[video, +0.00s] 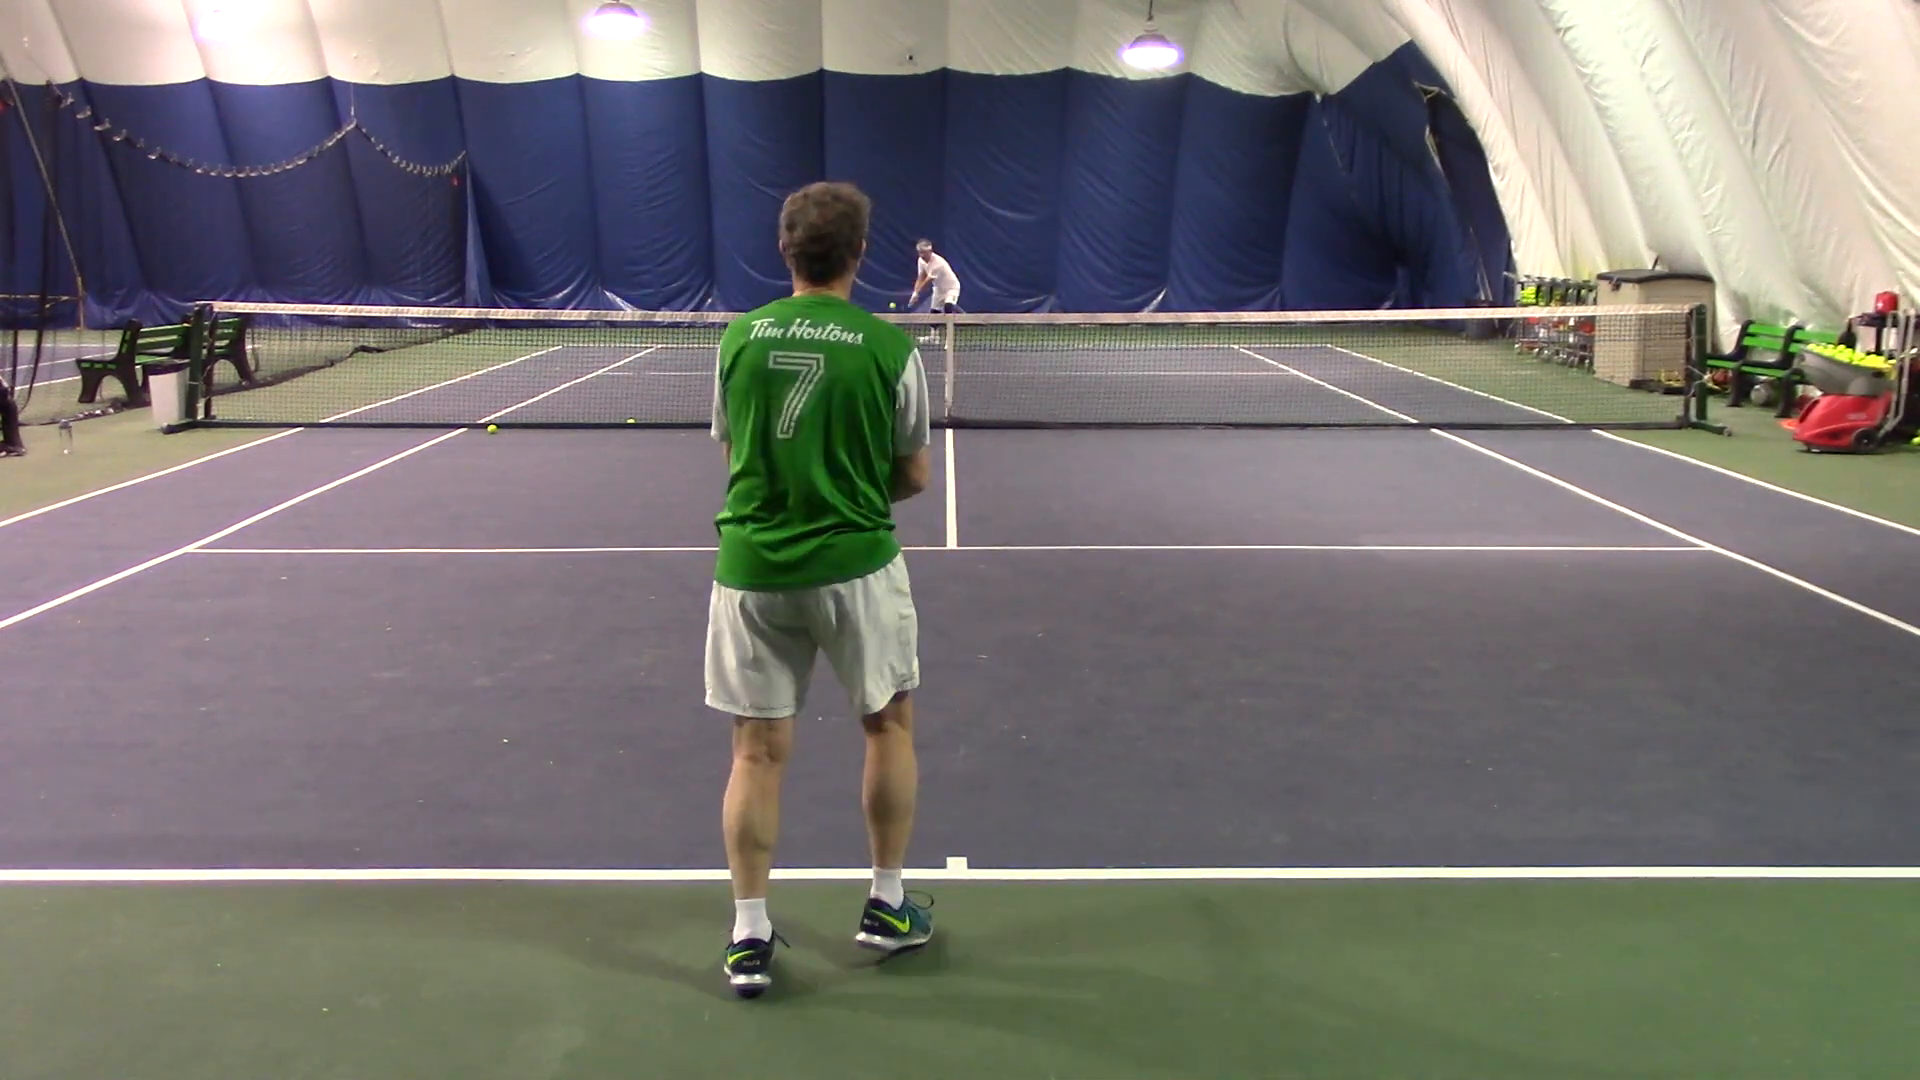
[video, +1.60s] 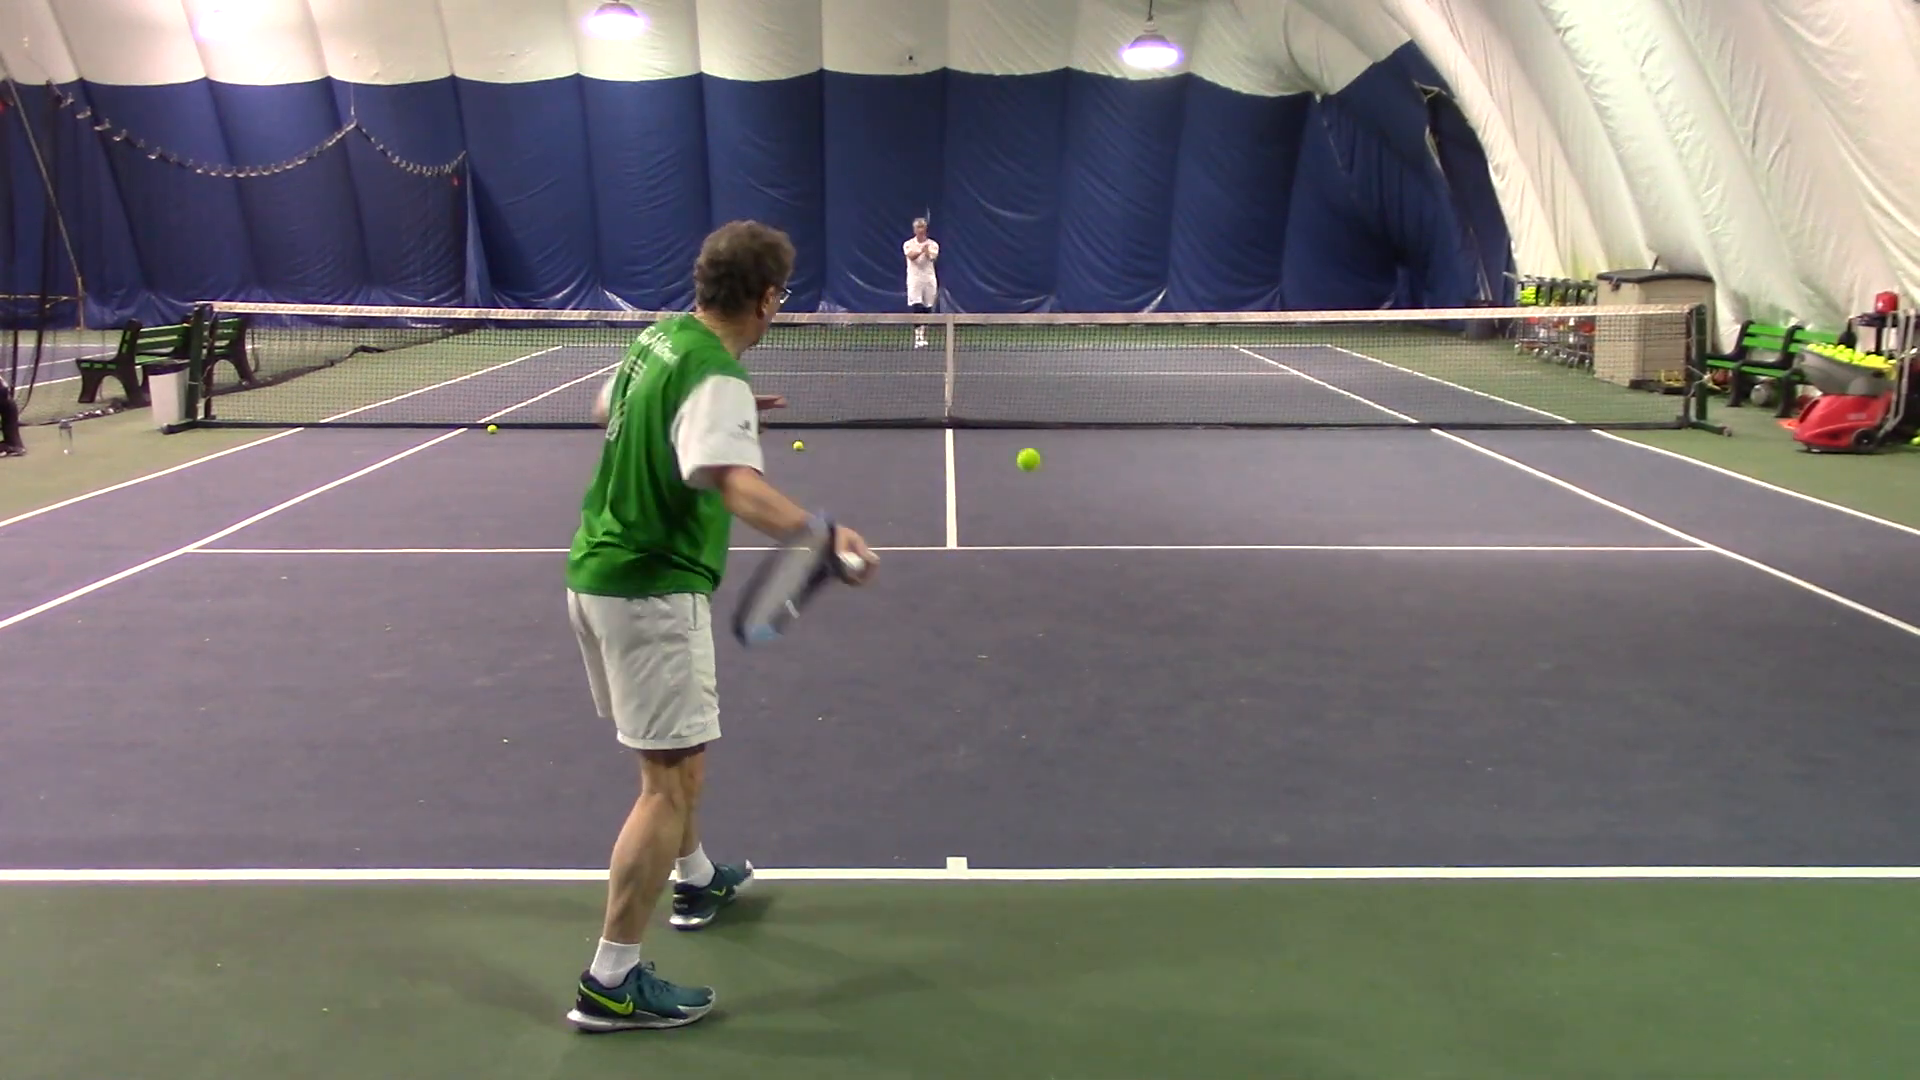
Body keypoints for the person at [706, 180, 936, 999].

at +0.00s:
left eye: (800, 240)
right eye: (856, 244)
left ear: (785, 252)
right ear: (860, 255)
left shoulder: (740, 337)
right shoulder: (892, 346)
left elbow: (734, 445)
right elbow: (913, 476)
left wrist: (812, 458)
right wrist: (846, 481)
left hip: (754, 568)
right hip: (859, 567)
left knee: (756, 750)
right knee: (888, 723)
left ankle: (748, 934)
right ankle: (887, 901)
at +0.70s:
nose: (817, 273)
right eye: (817, 264)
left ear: (740, 267)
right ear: (813, 275)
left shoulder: (701, 338)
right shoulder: (806, 363)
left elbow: (731, 450)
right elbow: (832, 496)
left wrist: (841, 486)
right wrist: (866, 541)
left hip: (662, 561)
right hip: (751, 569)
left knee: (691, 735)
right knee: (815, 746)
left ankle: (675, 904)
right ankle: (869, 911)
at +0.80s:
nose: (796, 274)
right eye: (796, 265)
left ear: (718, 266)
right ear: (788, 274)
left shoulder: (683, 336)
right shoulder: (767, 356)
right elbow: (789, 481)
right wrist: (874, 509)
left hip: (639, 563)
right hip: (721, 569)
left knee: (683, 733)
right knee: (788, 738)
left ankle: (674, 905)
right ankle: (795, 923)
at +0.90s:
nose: (780, 269)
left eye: (768, 255)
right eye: (780, 259)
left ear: (702, 264)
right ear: (771, 270)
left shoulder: (679, 332)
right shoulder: (740, 354)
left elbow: (767, 413)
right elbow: (754, 467)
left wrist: (873, 410)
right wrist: (868, 471)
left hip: (627, 566)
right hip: (699, 574)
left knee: (675, 739)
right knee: (757, 748)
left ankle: (674, 906)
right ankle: (712, 930)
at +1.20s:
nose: (761, 290)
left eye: (757, 278)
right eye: (761, 279)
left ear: (685, 275)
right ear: (747, 287)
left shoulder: (689, 343)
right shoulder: (685, 350)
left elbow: (782, 409)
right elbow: (660, 445)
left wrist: (849, 365)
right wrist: (768, 444)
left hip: (638, 581)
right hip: (640, 589)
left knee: (684, 751)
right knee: (665, 785)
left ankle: (675, 900)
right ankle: (609, 978)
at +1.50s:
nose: (772, 297)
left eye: (770, 283)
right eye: (772, 284)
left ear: (696, 278)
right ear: (755, 292)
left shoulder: (660, 334)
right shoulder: (697, 364)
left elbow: (664, 421)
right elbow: (694, 465)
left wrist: (747, 408)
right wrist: (769, 500)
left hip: (606, 576)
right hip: (640, 587)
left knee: (670, 735)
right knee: (669, 784)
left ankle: (688, 876)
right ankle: (610, 977)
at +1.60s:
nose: (782, 305)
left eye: (784, 293)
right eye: (782, 294)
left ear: (704, 285)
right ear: (763, 298)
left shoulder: (660, 337)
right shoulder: (715, 373)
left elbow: (608, 411)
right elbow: (736, 487)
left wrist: (718, 406)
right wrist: (826, 536)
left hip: (600, 583)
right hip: (655, 595)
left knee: (670, 746)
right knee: (668, 786)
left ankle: (694, 880)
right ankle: (611, 977)